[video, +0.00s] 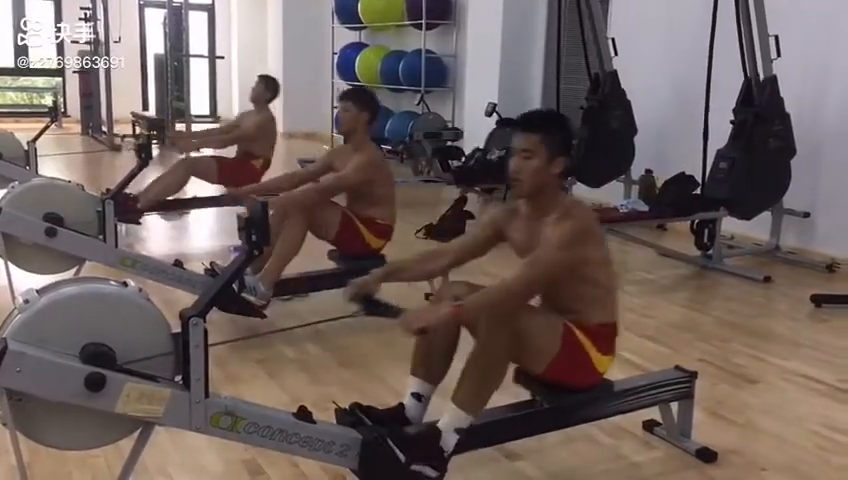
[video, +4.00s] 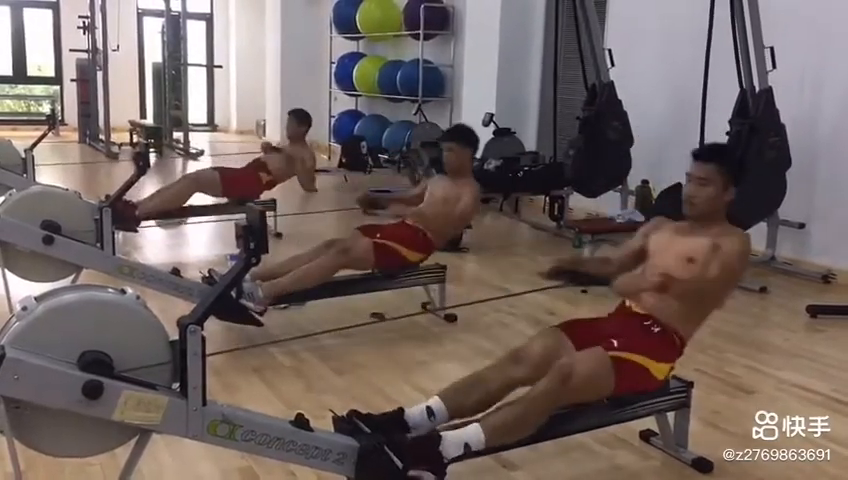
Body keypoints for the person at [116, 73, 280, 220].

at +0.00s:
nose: (252, 89)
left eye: (257, 87)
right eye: (254, 86)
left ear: (266, 94)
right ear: (263, 92)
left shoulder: (263, 121)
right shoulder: (249, 115)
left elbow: (227, 141)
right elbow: (220, 131)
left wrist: (191, 146)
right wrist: (188, 137)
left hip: (247, 173)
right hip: (240, 167)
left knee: (188, 166)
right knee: (183, 163)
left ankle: (142, 205)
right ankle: (140, 198)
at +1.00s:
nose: (236, 104)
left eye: (239, 99)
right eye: (236, 99)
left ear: (252, 100)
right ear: (244, 100)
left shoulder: (261, 126)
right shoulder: (244, 123)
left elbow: (248, 161)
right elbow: (228, 150)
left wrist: (206, 160)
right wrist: (201, 150)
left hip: (236, 175)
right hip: (226, 169)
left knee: (178, 183)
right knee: (176, 181)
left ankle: (118, 209)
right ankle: (116, 205)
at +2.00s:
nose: (197, 106)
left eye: (201, 103)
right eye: (198, 102)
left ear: (215, 104)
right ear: (212, 105)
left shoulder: (230, 127)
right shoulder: (212, 126)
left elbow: (205, 157)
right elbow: (186, 147)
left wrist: (170, 168)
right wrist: (159, 159)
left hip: (235, 181)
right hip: (225, 176)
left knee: (176, 171)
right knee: (170, 170)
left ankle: (128, 214)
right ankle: (127, 208)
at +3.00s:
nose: (129, 111)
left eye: (133, 107)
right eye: (130, 107)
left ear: (148, 113)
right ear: (145, 113)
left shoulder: (155, 133)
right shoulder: (140, 131)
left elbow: (113, 153)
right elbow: (111, 146)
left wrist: (72, 160)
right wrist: (71, 154)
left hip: (183, 182)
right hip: (175, 178)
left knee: (134, 158)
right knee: (130, 156)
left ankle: (136, 210)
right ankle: (132, 207)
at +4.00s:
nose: (287, 127)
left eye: (290, 123)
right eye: (288, 123)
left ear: (300, 127)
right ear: (301, 128)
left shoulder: (302, 154)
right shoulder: (296, 148)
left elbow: (309, 186)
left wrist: (290, 156)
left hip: (248, 183)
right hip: (245, 177)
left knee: (192, 180)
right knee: (191, 178)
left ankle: (138, 213)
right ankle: (137, 208)